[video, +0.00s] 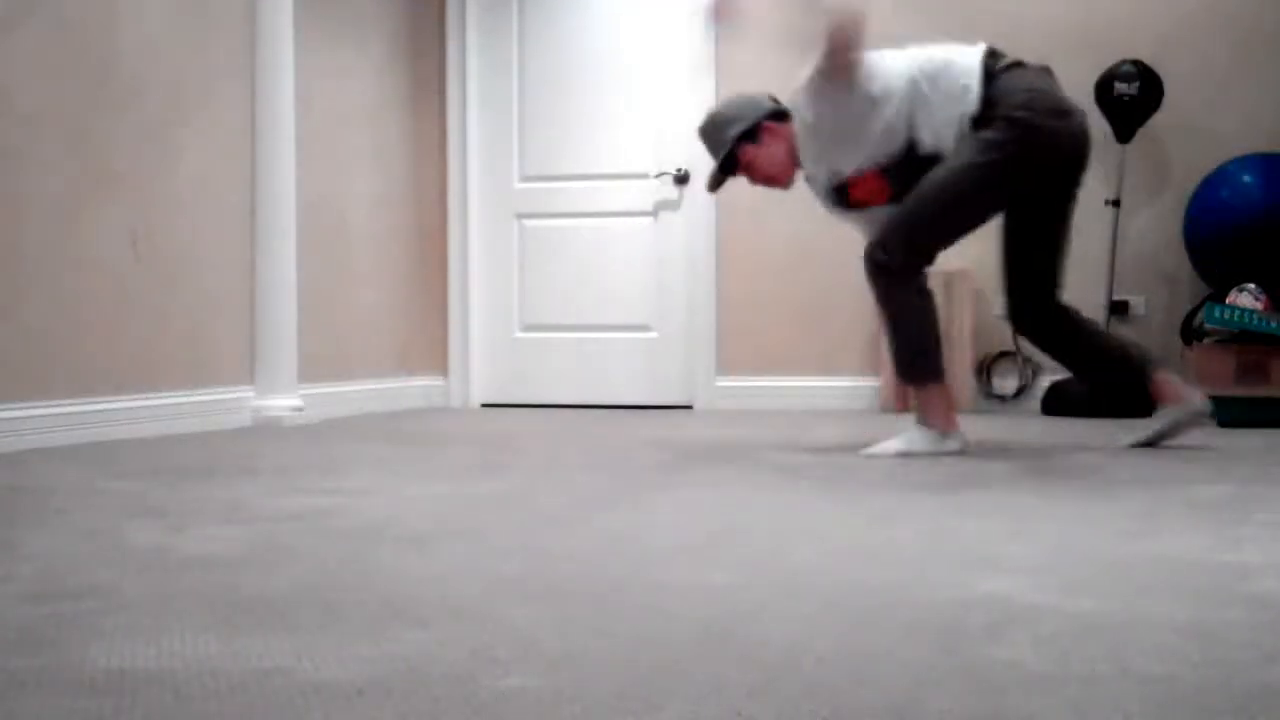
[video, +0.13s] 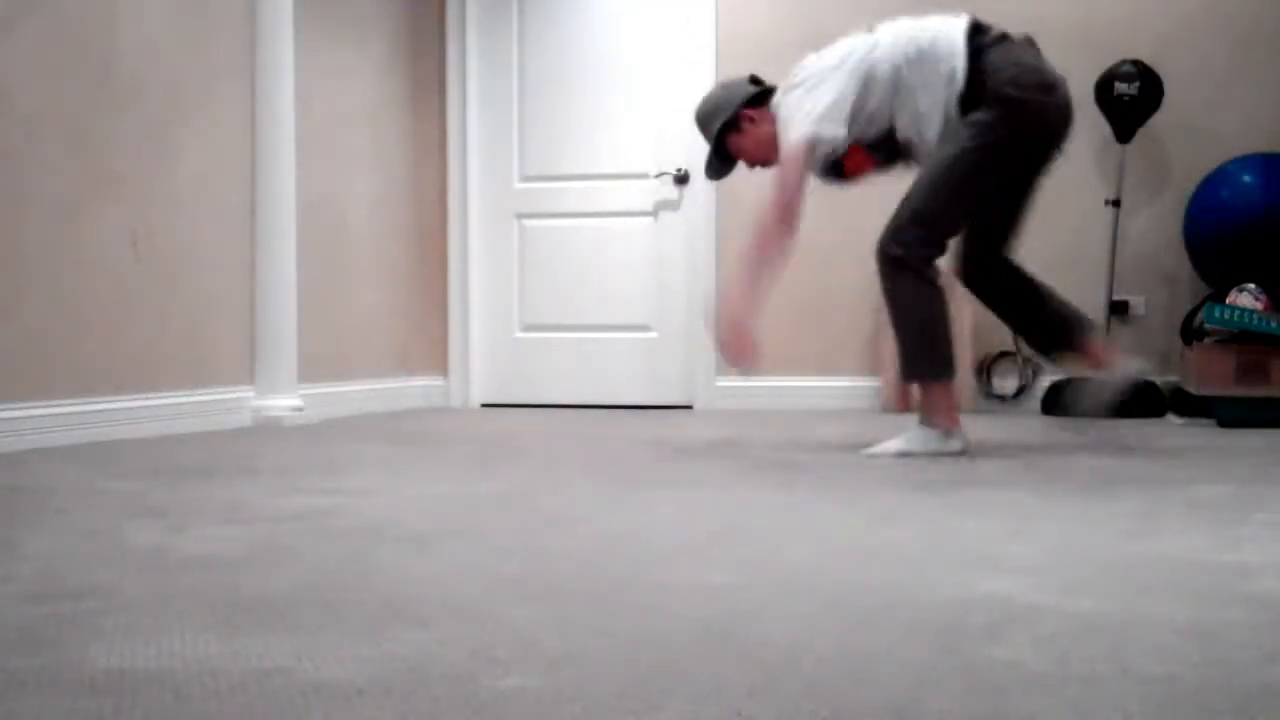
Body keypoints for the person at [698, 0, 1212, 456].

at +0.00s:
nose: (753, 178)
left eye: (745, 163)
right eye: (741, 174)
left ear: (766, 129)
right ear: (761, 150)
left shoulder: (821, 109)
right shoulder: (838, 186)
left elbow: (838, 54)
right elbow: (896, 268)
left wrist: (842, 38)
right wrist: (903, 376)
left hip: (1019, 111)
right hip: (1044, 120)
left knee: (892, 252)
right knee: (1033, 308)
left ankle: (937, 426)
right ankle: (1174, 397)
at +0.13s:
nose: (750, 164)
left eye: (738, 152)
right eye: (738, 159)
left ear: (752, 120)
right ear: (754, 119)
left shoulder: (804, 98)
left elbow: (783, 217)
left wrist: (742, 315)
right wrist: (901, 372)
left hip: (1003, 97)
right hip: (1031, 93)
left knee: (902, 252)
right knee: (981, 262)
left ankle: (940, 425)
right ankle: (1105, 364)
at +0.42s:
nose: (736, 150)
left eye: (727, 139)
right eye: (726, 144)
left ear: (737, 113)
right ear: (746, 96)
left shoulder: (778, 119)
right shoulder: (817, 55)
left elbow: (862, 150)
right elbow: (913, 15)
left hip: (968, 116)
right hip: (991, 106)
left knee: (865, 259)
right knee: (902, 266)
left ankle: (931, 417)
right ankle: (925, 407)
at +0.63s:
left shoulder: (799, 8)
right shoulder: (680, 7)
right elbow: (706, 73)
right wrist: (743, 162)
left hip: (809, 150)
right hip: (719, 159)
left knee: (874, 277)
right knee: (631, 302)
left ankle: (900, 432)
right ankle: (634, 420)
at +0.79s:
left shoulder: (805, 7)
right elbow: (598, 15)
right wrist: (516, 60)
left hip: (784, 125)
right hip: (696, 126)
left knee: (841, 267)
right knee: (596, 248)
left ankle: (903, 426)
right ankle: (588, 394)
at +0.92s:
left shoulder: (784, 5)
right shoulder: (664, 8)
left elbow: (770, 55)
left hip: (754, 110)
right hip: (667, 111)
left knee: (820, 232)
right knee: (572, 237)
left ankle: (874, 397)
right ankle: (535, 357)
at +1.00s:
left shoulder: (761, 7)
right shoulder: (644, 6)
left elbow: (758, 69)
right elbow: (643, 64)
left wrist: (686, 125)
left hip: (732, 125)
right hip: (648, 127)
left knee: (801, 238)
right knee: (565, 245)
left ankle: (840, 397)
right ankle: (496, 370)